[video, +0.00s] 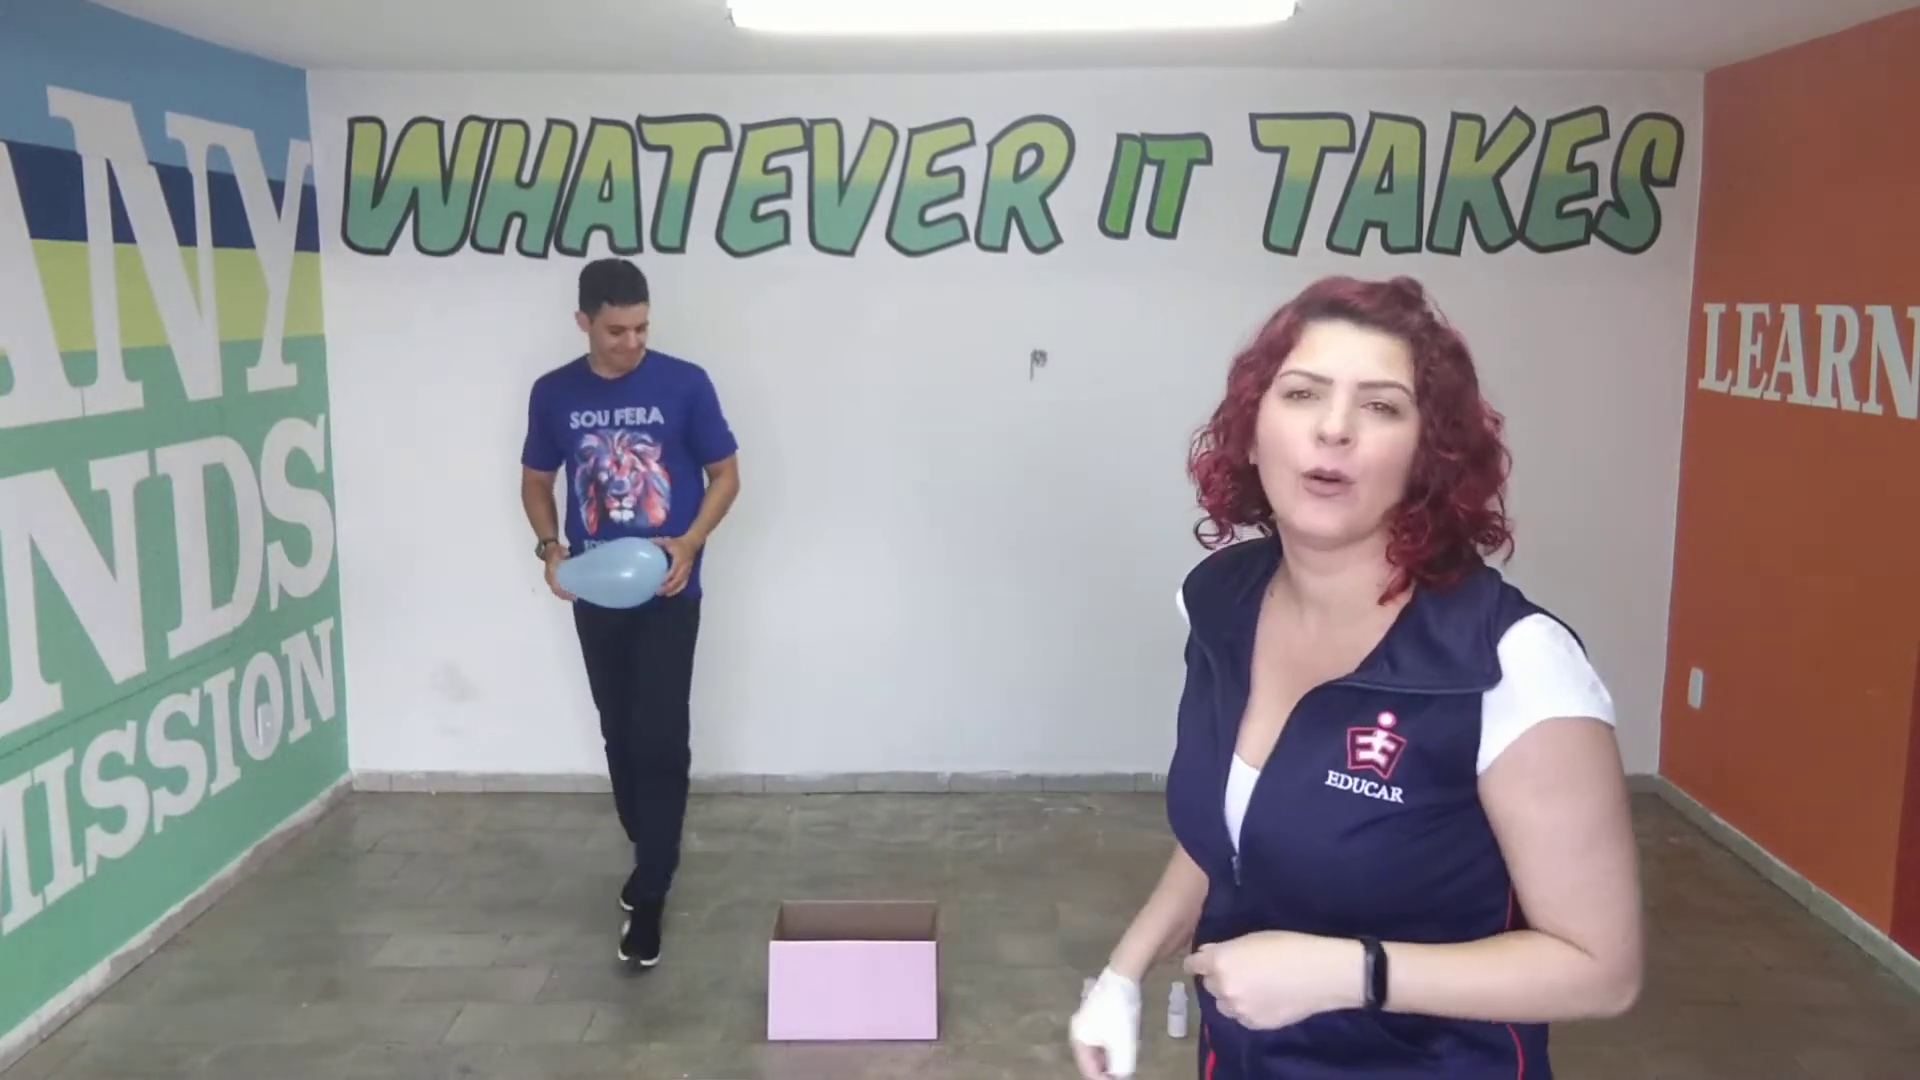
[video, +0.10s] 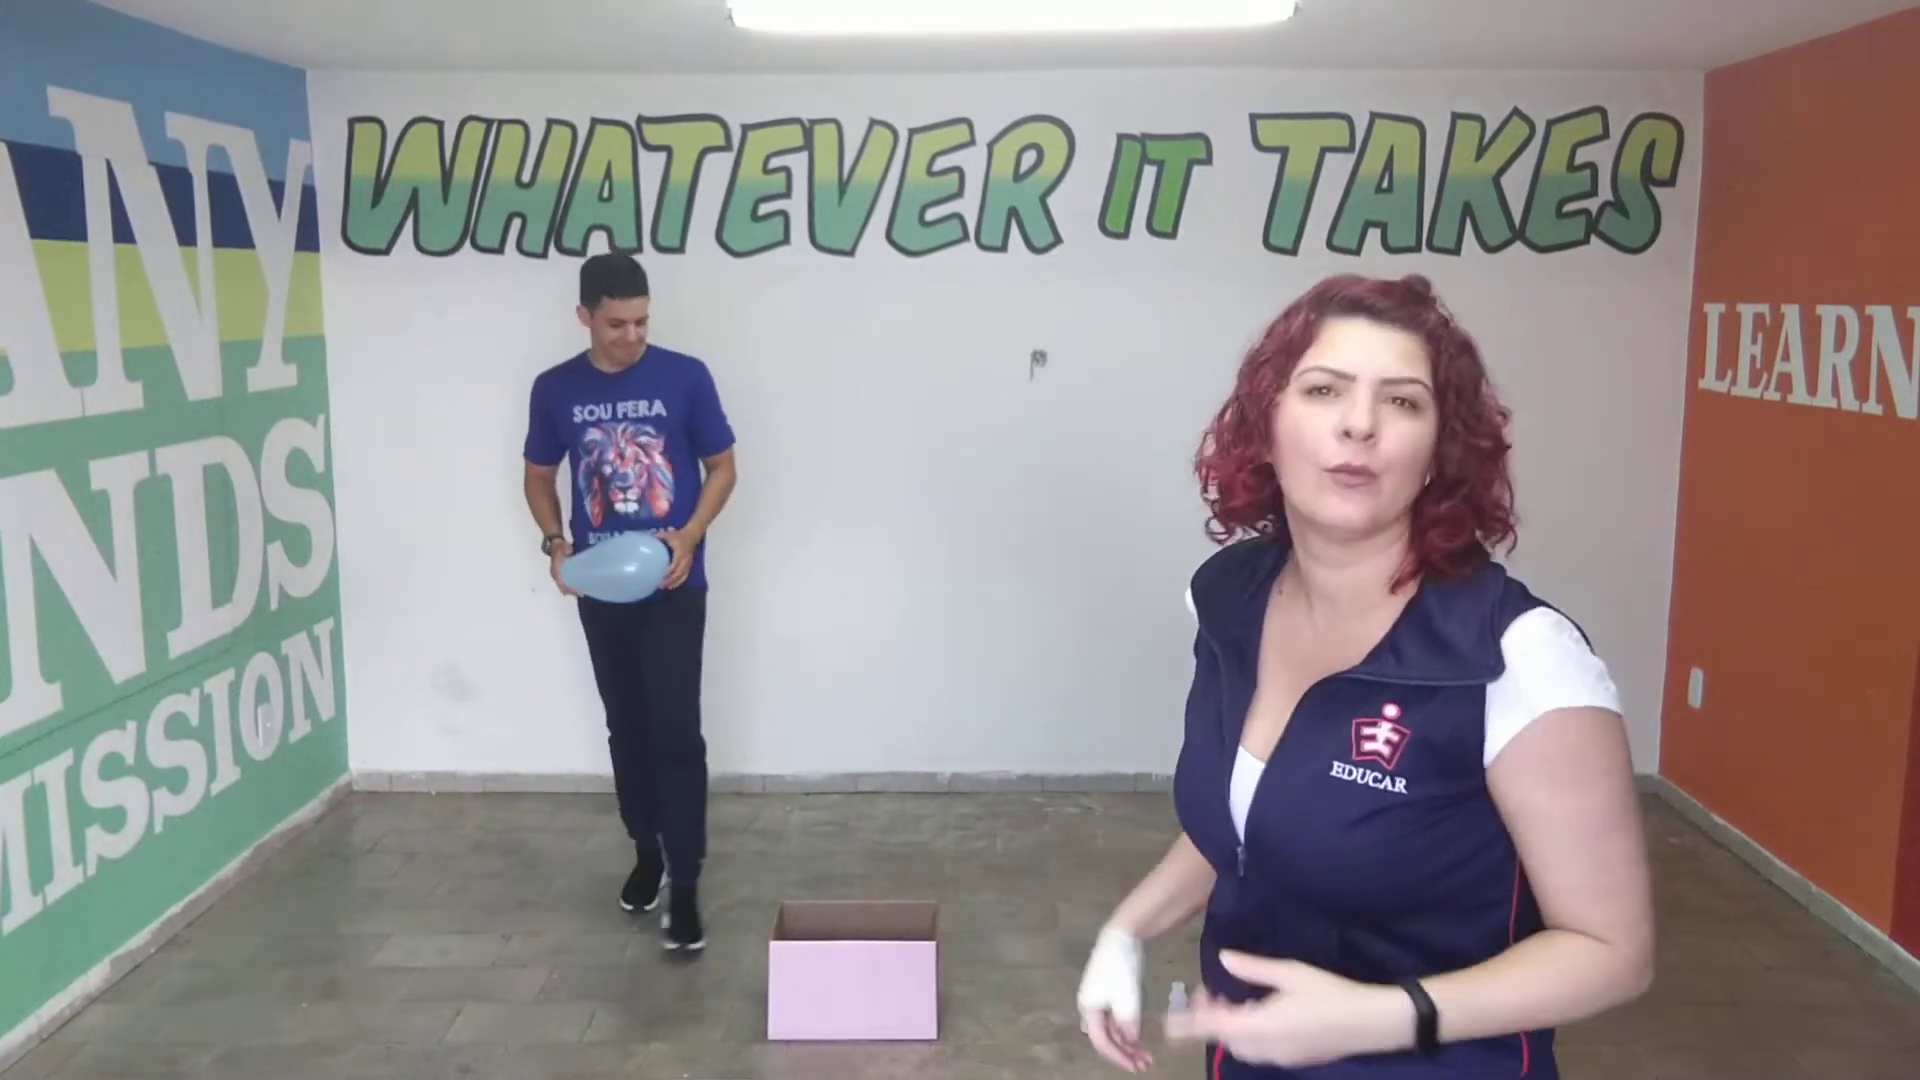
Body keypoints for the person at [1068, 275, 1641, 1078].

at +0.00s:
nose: (1333, 430)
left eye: (1380, 407)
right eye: (1304, 393)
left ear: (1429, 450)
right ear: (1253, 421)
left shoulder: (1516, 665)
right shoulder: (1223, 598)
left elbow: (1601, 967)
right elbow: (1222, 821)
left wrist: (1349, 973)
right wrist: (1126, 968)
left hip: (1434, 1060)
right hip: (1237, 1051)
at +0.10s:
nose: (1357, 426)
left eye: (1401, 402)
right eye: (1324, 390)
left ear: (1442, 444)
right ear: (1267, 419)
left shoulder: (1521, 658)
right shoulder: (1231, 595)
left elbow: (1614, 949)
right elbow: (1246, 808)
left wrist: (1388, 1017)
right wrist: (1129, 926)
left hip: (1440, 1063)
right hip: (1246, 1054)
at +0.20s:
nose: (1343, 424)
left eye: (1388, 396)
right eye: (1311, 391)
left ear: (1438, 437)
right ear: (1265, 423)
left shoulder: (1525, 657)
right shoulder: (1245, 590)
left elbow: (1625, 945)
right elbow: (1239, 798)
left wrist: (1436, 1021)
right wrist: (1106, 885)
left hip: (1440, 1067)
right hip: (1250, 1054)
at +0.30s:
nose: (1331, 430)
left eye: (1376, 398)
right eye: (1300, 396)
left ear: (1439, 433)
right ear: (1265, 426)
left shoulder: (1531, 652)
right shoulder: (1258, 587)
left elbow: (1639, 938)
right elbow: (1241, 791)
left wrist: (1445, 973)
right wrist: (1080, 863)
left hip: (1436, 1060)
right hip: (1252, 1048)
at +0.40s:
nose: (1341, 433)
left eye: (1384, 400)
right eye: (1310, 399)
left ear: (1445, 431)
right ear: (1271, 427)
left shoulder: (1534, 643)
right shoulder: (1262, 583)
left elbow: (1633, 943)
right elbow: (1239, 791)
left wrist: (1433, 956)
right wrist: (1067, 850)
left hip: (1438, 1059)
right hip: (1254, 1043)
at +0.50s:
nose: (1336, 434)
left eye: (1380, 399)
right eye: (1305, 400)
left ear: (1442, 430)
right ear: (1269, 428)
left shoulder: (1534, 646)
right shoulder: (1264, 586)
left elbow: (1623, 948)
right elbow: (1250, 787)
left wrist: (1408, 946)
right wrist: (1082, 838)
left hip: (1433, 1058)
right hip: (1250, 1044)